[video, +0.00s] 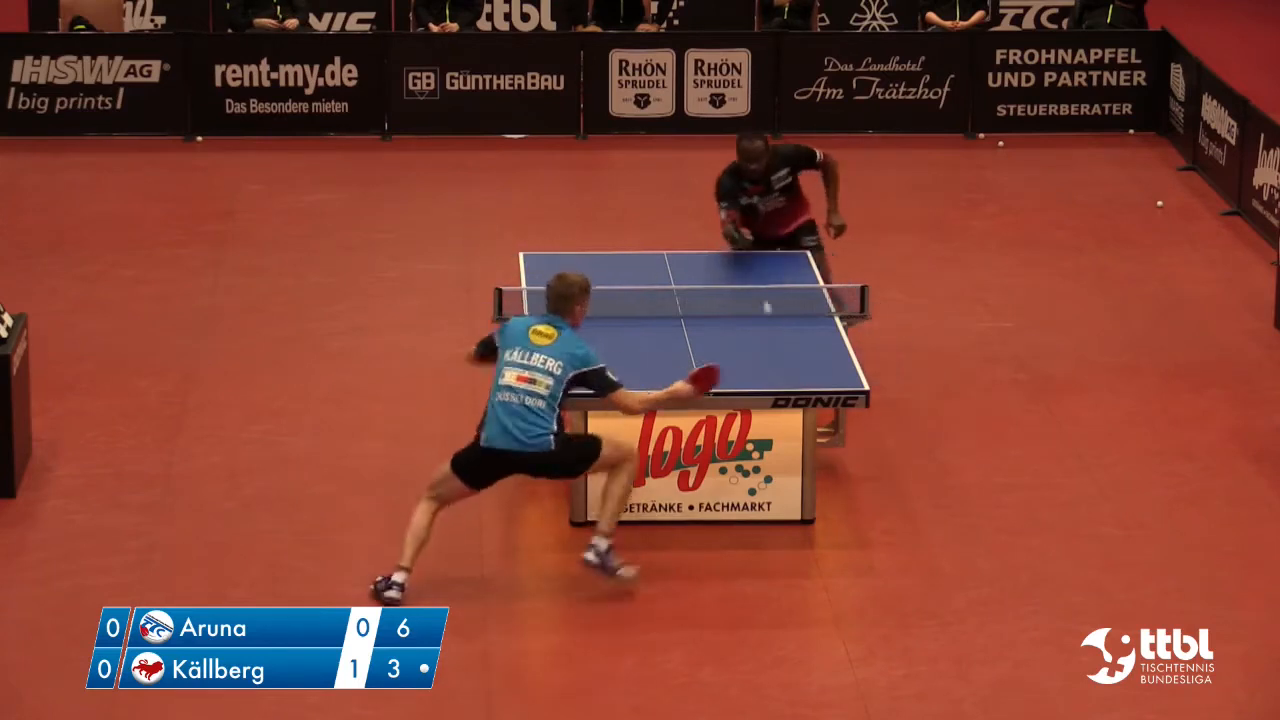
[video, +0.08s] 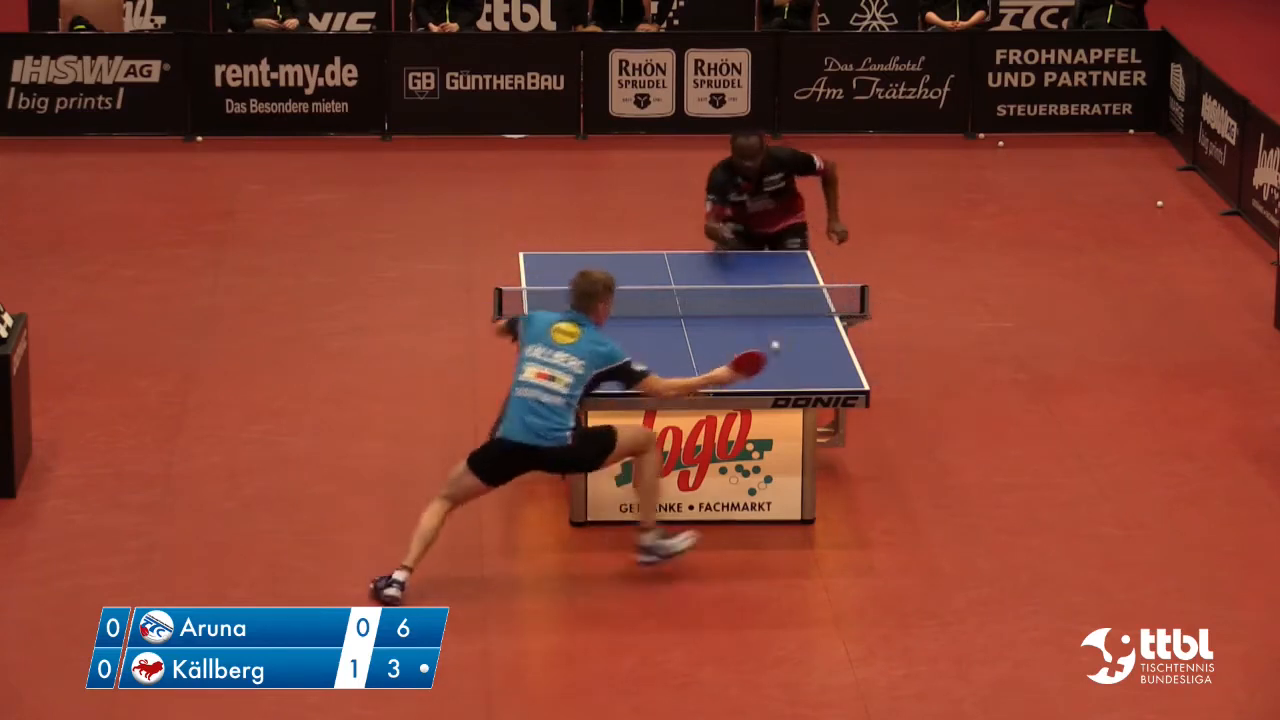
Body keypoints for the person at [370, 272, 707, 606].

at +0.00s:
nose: (587, 311)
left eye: (584, 303)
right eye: (586, 305)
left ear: (547, 301)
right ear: (578, 310)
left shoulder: (514, 326)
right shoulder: (578, 352)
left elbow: (477, 356)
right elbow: (629, 403)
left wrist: (506, 347)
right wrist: (675, 393)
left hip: (492, 449)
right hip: (542, 452)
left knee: (432, 498)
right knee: (625, 454)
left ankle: (399, 578)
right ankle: (601, 546)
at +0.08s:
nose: (612, 308)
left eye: (609, 301)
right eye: (611, 302)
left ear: (574, 299)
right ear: (602, 305)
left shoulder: (537, 319)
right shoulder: (602, 349)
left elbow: (500, 329)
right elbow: (658, 390)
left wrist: (512, 326)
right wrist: (713, 378)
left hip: (508, 446)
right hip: (560, 450)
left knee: (445, 499)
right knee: (646, 440)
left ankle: (402, 575)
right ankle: (651, 536)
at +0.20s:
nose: (674, 302)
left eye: (671, 295)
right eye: (672, 296)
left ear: (635, 292)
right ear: (663, 298)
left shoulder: (598, 310)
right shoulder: (662, 337)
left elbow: (545, 315)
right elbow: (714, 378)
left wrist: (525, 313)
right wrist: (769, 361)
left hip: (564, 428)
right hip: (613, 433)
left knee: (488, 495)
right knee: (689, 460)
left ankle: (416, 567)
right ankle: (737, 536)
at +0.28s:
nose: (711, 309)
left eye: (709, 302)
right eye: (711, 303)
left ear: (672, 298)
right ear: (702, 306)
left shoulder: (639, 316)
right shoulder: (702, 347)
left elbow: (571, 328)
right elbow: (745, 377)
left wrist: (593, 321)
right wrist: (781, 361)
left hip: (604, 432)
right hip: (653, 442)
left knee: (526, 493)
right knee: (724, 464)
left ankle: (462, 566)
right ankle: (760, 544)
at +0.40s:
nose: (736, 311)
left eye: (730, 305)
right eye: (737, 306)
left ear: (701, 305)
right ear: (734, 311)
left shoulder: (675, 323)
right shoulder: (733, 353)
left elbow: (615, 339)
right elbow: (762, 376)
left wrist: (615, 327)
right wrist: (787, 358)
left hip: (645, 437)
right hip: (695, 443)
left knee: (572, 502)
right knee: (756, 451)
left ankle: (539, 582)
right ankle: (764, 544)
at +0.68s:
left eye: (680, 273)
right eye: (705, 278)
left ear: (671, 283)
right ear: (706, 287)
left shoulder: (649, 308)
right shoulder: (719, 325)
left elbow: (606, 348)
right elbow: (756, 379)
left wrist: (605, 364)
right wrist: (762, 364)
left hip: (641, 412)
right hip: (690, 416)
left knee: (570, 481)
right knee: (746, 466)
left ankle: (524, 569)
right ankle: (762, 561)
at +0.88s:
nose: (663, 318)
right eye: (667, 313)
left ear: (632, 314)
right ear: (667, 318)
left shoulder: (607, 344)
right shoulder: (680, 359)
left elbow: (549, 375)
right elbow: (727, 400)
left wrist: (574, 366)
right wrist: (719, 376)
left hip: (606, 450)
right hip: (657, 453)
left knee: (538, 493)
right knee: (713, 495)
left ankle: (515, 591)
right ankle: (759, 583)